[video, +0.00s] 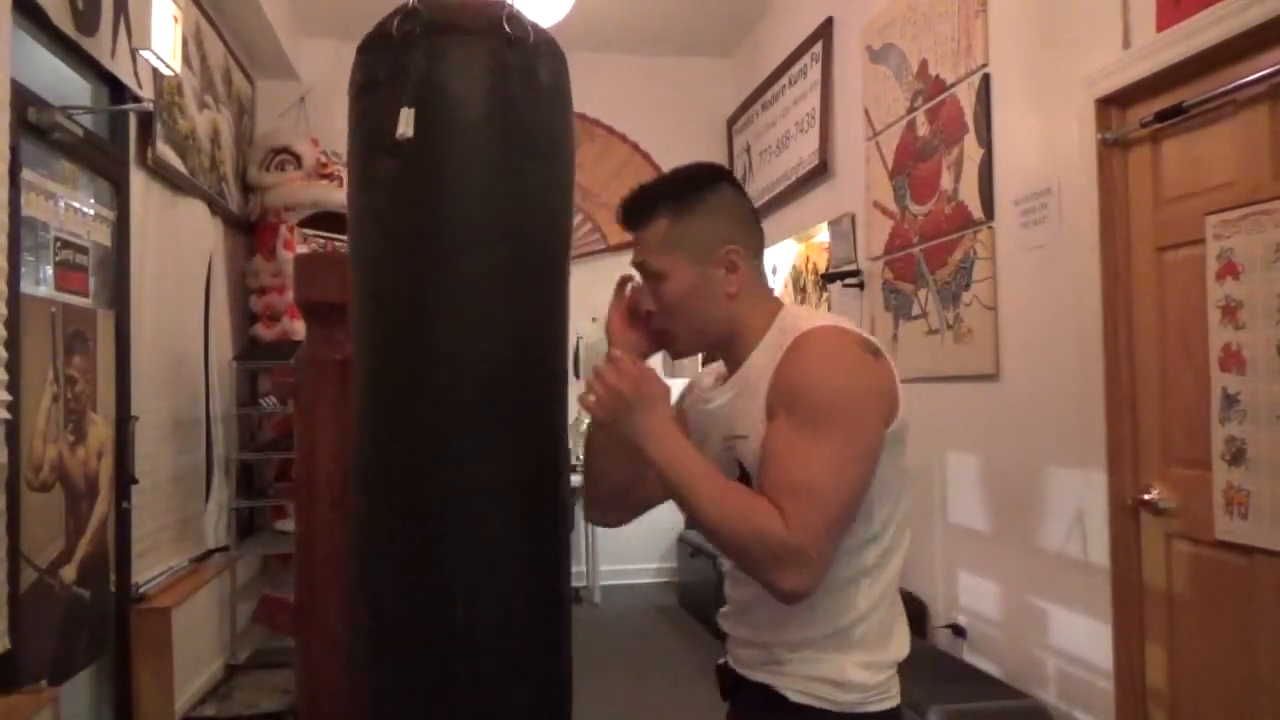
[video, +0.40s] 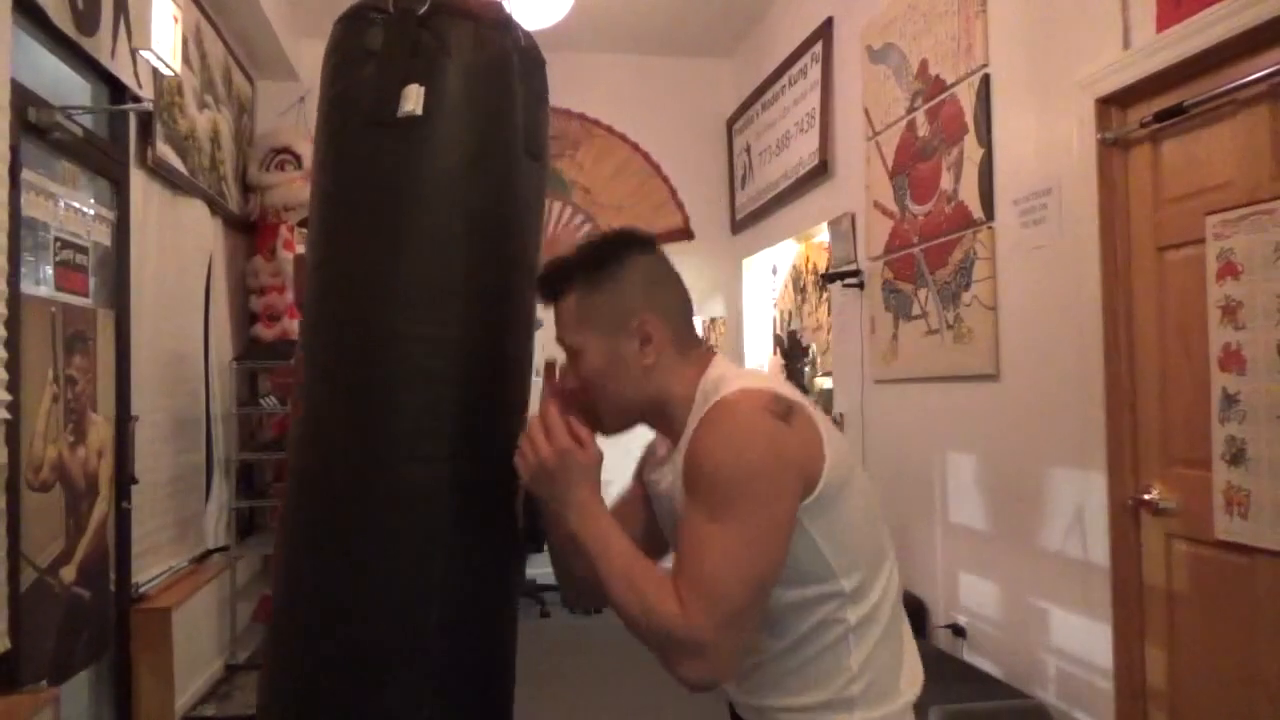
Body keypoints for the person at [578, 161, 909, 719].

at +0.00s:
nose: (644, 301)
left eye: (656, 278)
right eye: (641, 280)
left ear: (730, 270)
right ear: (729, 276)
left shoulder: (832, 363)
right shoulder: (713, 386)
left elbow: (793, 564)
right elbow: (609, 504)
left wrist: (654, 430)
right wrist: (625, 363)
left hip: (826, 698)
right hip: (751, 683)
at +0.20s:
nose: (589, 299)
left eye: (601, 276)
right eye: (588, 277)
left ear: (678, 269)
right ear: (678, 272)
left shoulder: (787, 374)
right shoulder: (666, 387)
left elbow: (734, 596)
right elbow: (572, 503)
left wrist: (607, 446)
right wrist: (573, 361)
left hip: (811, 703)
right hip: (732, 687)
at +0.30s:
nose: (570, 328)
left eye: (581, 307)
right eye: (567, 307)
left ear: (658, 295)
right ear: (658, 297)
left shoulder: (762, 396)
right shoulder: (659, 408)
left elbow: (712, 623)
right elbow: (566, 536)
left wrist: (582, 465)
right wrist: (557, 394)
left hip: (821, 707)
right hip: (740, 697)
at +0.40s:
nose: (566, 379)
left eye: (574, 353)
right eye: (566, 356)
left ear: (645, 342)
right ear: (646, 344)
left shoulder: (746, 428)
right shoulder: (678, 439)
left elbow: (702, 657)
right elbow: (588, 591)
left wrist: (576, 502)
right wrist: (562, 496)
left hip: (843, 708)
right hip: (759, 703)